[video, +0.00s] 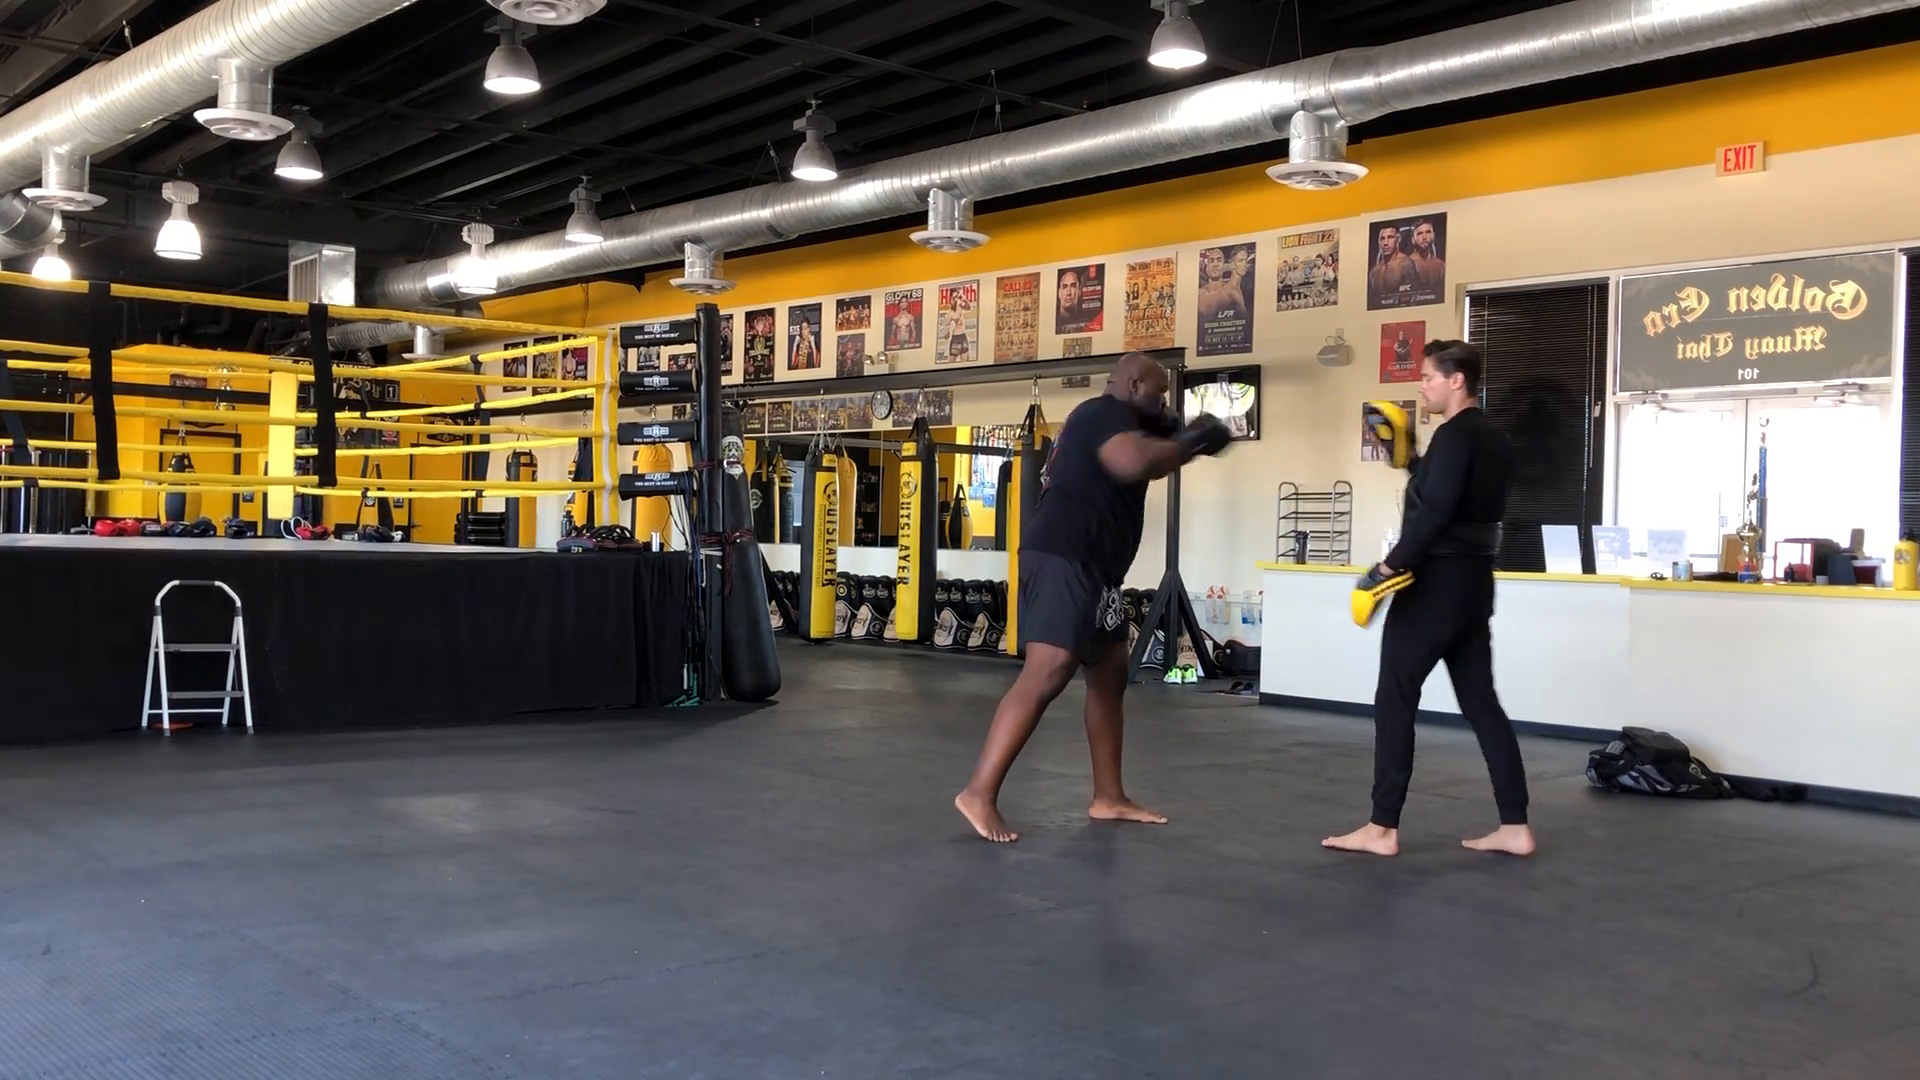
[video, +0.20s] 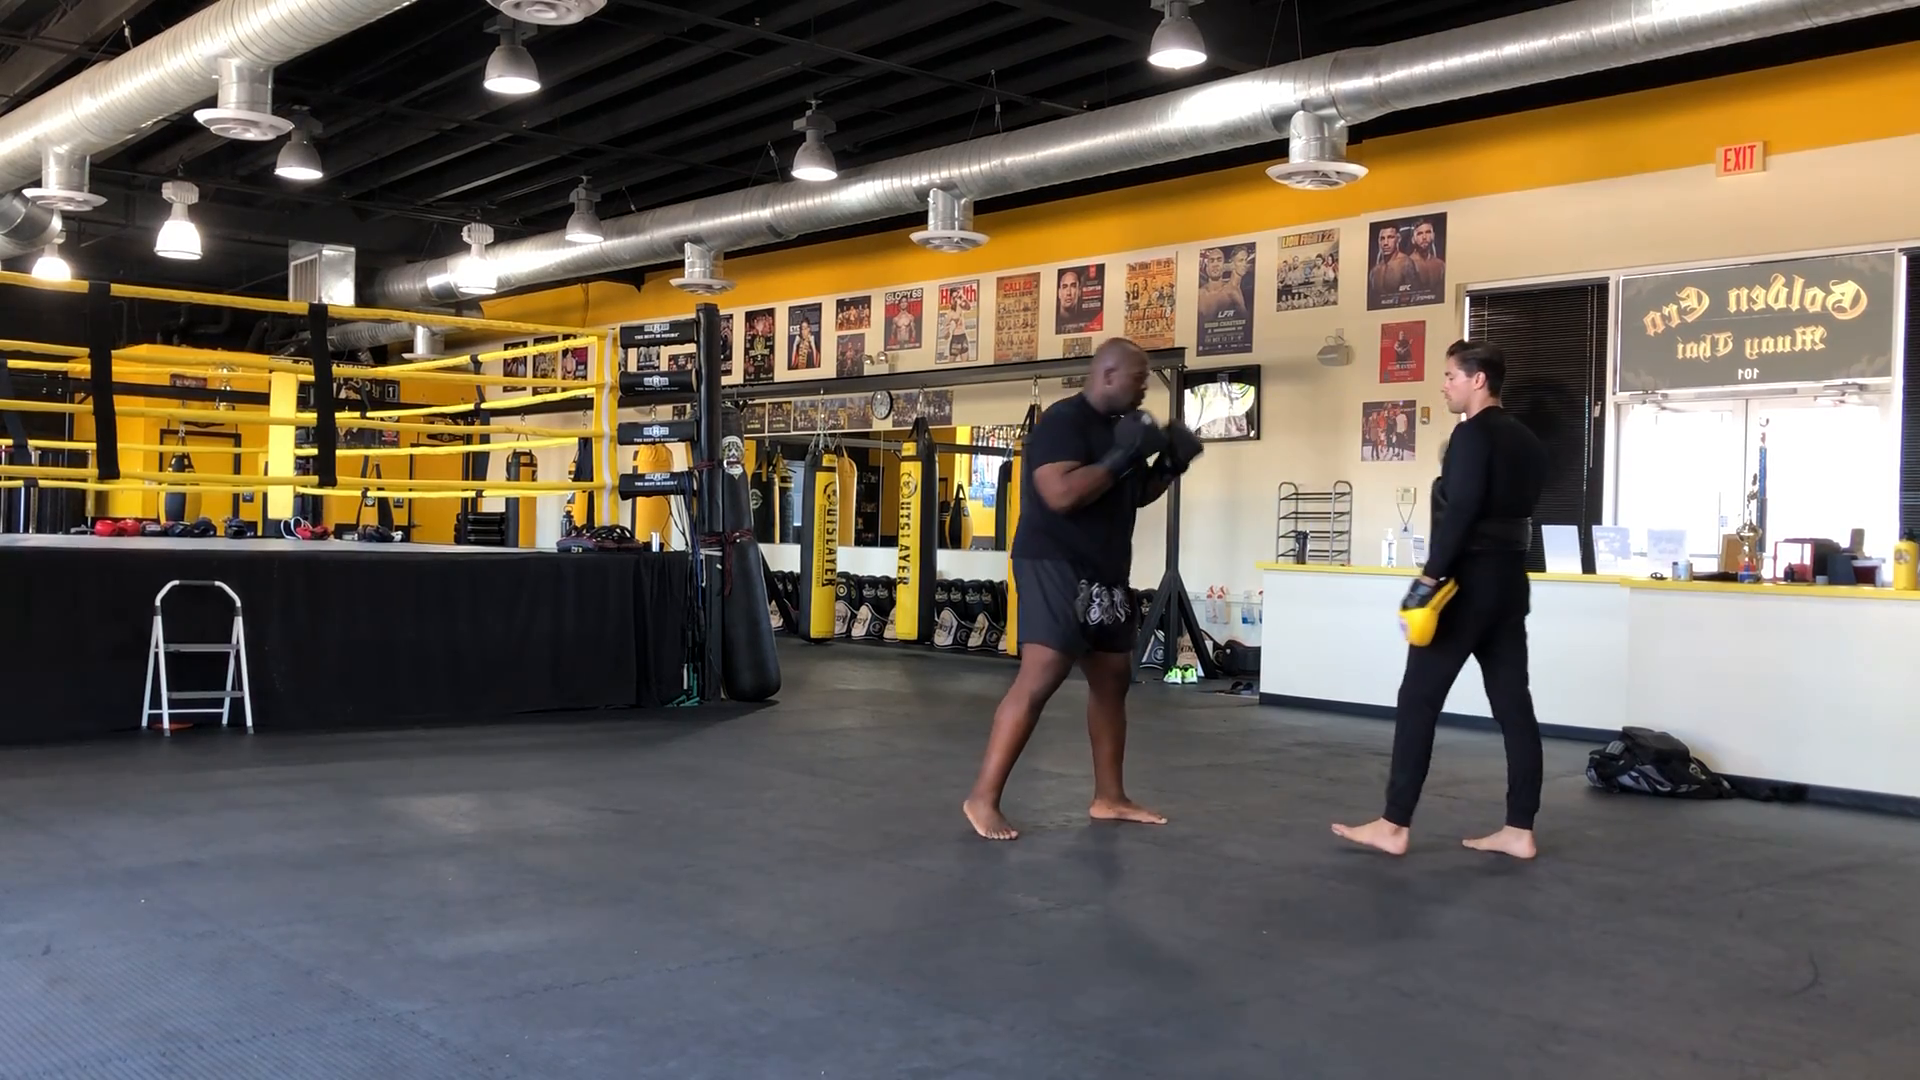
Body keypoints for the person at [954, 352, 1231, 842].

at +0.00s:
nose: (1160, 402)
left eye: (1162, 395)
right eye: (1156, 393)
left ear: (1125, 382)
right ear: (1130, 383)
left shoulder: (1118, 423)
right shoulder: (1100, 412)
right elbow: (1129, 460)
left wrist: (1167, 435)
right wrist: (1190, 442)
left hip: (1095, 567)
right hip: (1062, 558)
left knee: (1109, 671)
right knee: (1046, 672)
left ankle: (1109, 796)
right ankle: (979, 794)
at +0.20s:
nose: (1143, 389)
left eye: (1145, 380)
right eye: (1137, 379)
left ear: (1123, 378)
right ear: (1105, 373)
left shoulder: (1123, 428)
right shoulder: (1061, 419)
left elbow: (1131, 496)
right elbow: (1059, 493)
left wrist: (1169, 464)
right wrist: (1121, 454)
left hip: (1106, 567)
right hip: (1052, 562)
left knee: (1111, 676)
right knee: (1041, 673)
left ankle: (1109, 797)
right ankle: (982, 799)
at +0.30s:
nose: (1125, 391)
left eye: (1127, 382)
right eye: (1117, 382)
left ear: (1113, 383)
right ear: (1083, 379)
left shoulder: (1116, 437)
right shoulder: (1044, 426)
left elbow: (1118, 500)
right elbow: (1032, 502)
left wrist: (1150, 491)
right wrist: (1099, 472)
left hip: (1099, 576)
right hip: (1043, 572)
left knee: (1114, 680)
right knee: (1027, 682)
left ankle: (1109, 797)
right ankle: (978, 806)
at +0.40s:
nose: (1112, 392)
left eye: (1113, 383)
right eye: (1104, 383)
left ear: (1093, 382)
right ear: (1070, 380)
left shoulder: (1102, 436)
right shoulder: (1027, 430)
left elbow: (1114, 494)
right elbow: (1016, 508)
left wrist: (1134, 500)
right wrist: (1083, 478)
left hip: (1086, 577)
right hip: (1030, 574)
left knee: (1102, 680)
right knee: (1015, 686)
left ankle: (1109, 797)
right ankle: (977, 811)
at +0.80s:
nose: (1088, 379)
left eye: (1089, 370)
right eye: (1082, 368)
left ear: (1055, 368)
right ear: (1049, 366)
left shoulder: (1068, 424)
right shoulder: (1010, 418)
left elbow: (1067, 492)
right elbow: (1007, 495)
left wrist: (1111, 483)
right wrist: (1080, 476)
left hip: (1057, 575)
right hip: (1008, 577)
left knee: (1076, 672)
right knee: (1004, 682)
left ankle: (1067, 794)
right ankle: (977, 811)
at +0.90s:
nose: (1091, 376)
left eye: (1092, 366)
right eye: (1085, 365)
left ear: (1056, 364)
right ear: (1053, 363)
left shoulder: (1067, 420)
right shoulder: (1014, 415)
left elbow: (1062, 487)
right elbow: (1014, 496)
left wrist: (1104, 476)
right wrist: (1085, 477)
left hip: (1063, 571)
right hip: (1011, 574)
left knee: (1082, 669)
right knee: (997, 685)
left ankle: (1076, 793)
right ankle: (977, 811)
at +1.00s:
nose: (1096, 378)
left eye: (1097, 368)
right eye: (1091, 367)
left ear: (1062, 365)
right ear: (1059, 363)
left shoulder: (1070, 423)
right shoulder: (1018, 416)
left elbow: (1070, 488)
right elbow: (1018, 494)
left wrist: (1110, 481)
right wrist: (1089, 480)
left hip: (1064, 575)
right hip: (1015, 575)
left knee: (1072, 678)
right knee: (998, 685)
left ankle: (1088, 801)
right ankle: (977, 812)